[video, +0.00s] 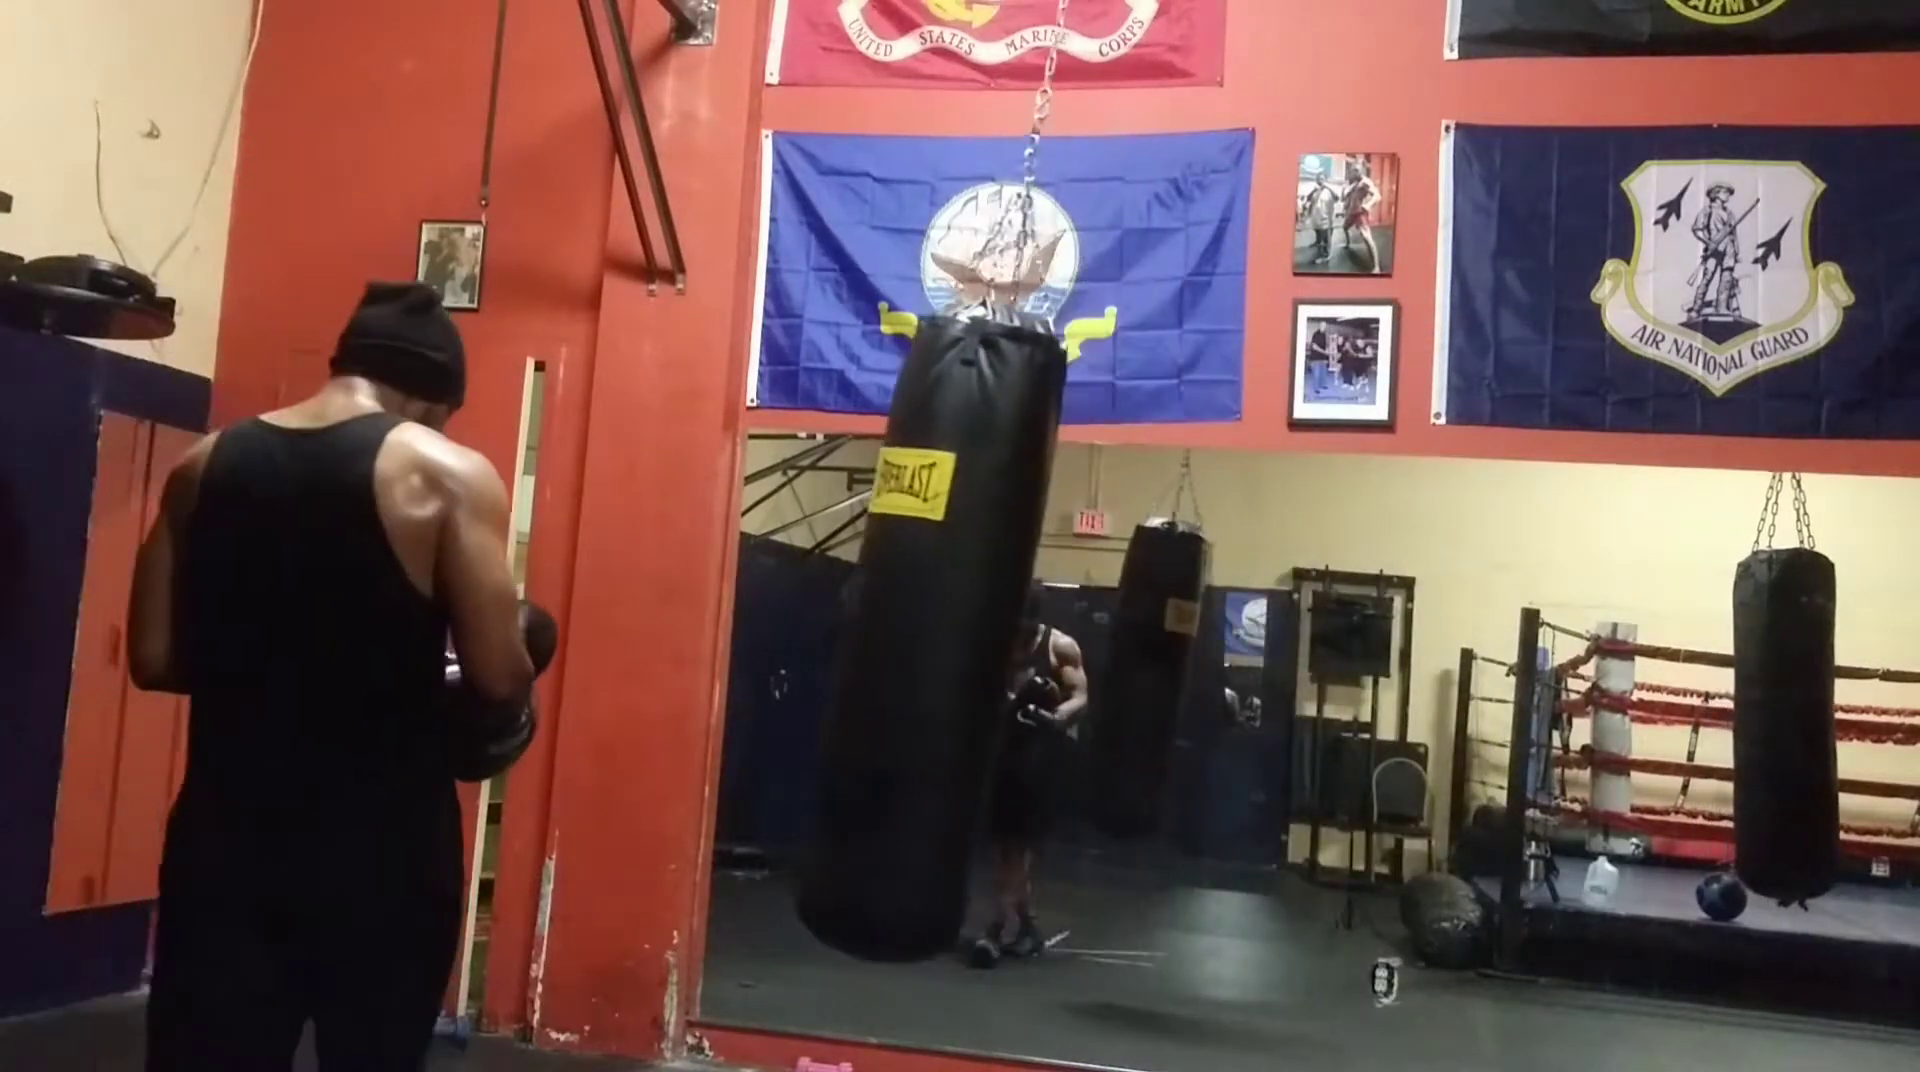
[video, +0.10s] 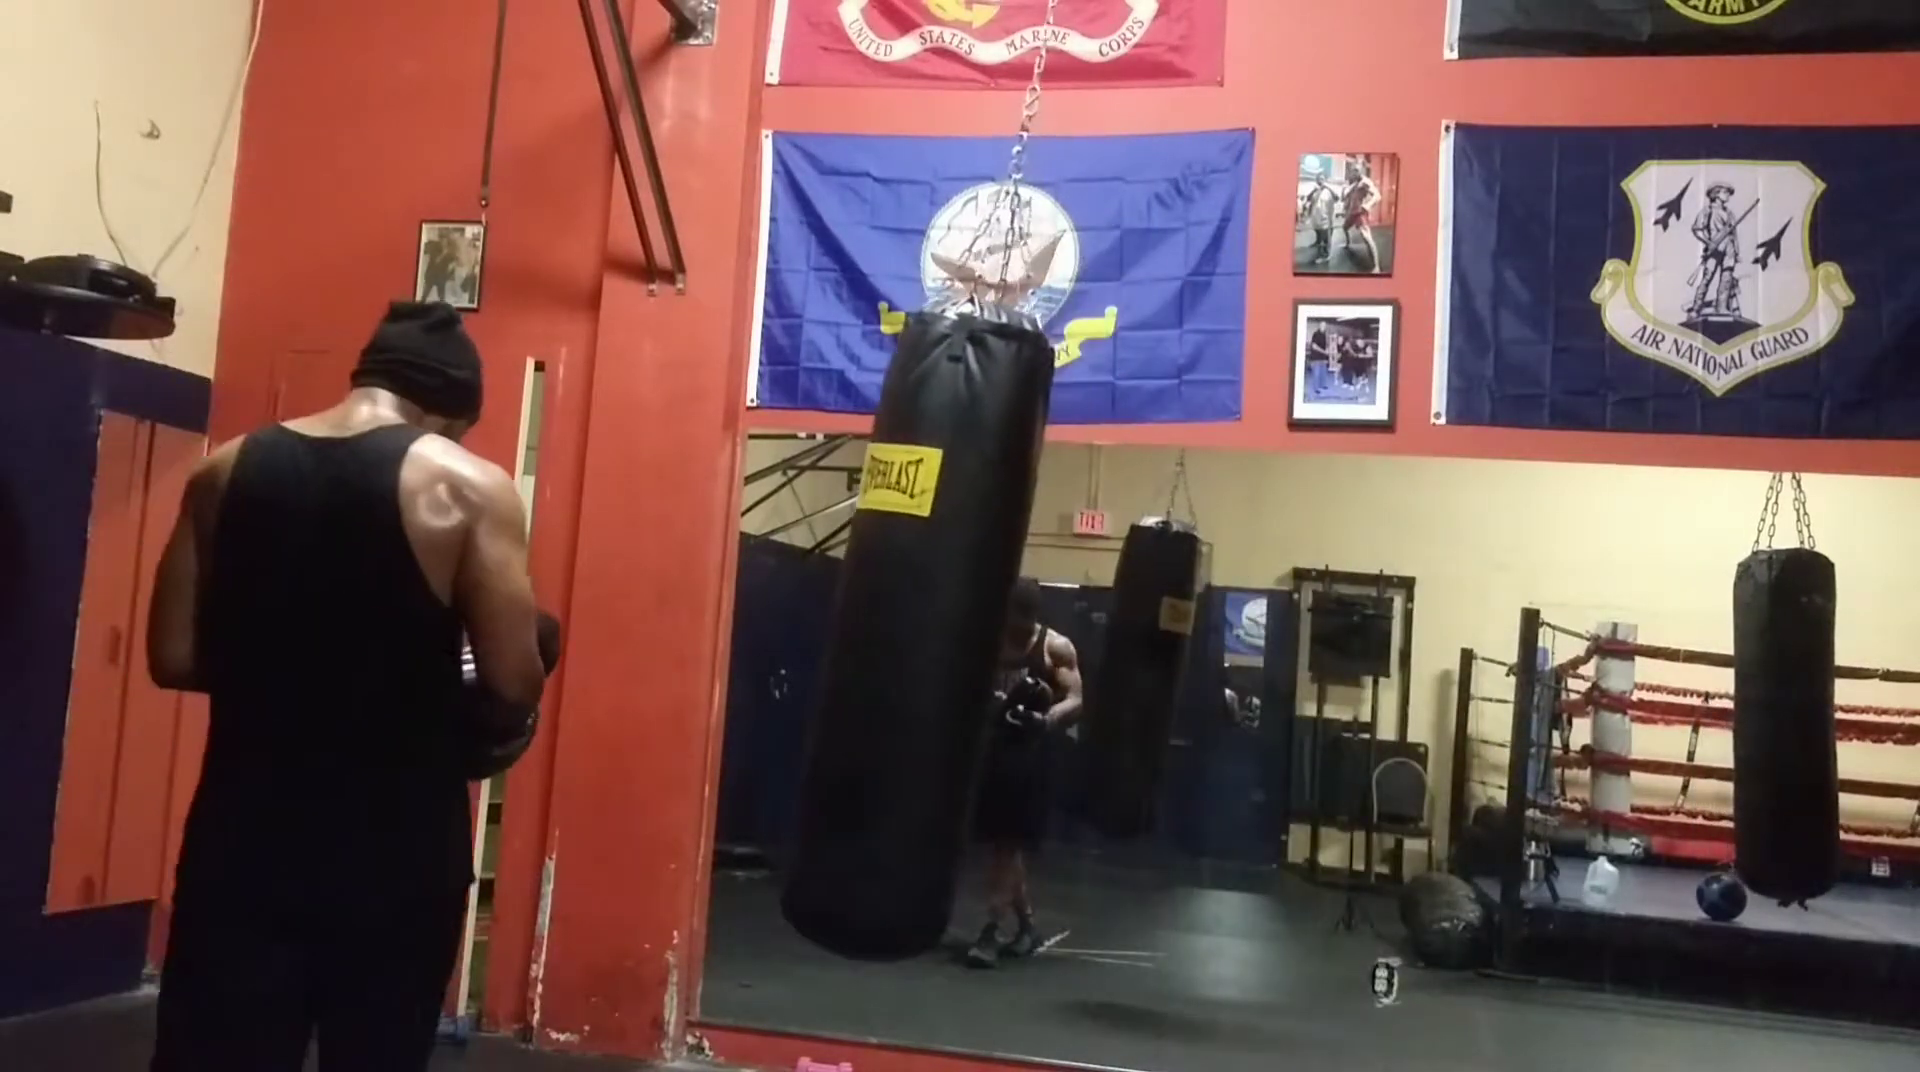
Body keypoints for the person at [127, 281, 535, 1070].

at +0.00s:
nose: (440, 427)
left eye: (441, 416)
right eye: (444, 415)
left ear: (342, 366)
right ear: (434, 400)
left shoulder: (204, 465)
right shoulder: (452, 477)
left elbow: (153, 657)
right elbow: (499, 675)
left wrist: (273, 662)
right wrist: (523, 636)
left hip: (223, 853)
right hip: (383, 866)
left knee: (207, 1055)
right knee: (373, 1054)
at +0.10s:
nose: (452, 441)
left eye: (454, 430)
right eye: (457, 430)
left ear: (361, 379)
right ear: (452, 414)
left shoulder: (225, 471)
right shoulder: (473, 490)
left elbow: (173, 656)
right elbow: (514, 679)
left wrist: (291, 665)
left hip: (239, 851)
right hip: (393, 868)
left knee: (215, 1054)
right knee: (374, 1054)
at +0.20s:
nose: (474, 439)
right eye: (475, 424)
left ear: (378, 379)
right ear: (472, 413)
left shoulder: (250, 467)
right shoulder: (493, 497)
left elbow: (189, 648)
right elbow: (526, 683)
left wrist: (301, 666)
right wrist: (461, 747)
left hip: (255, 851)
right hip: (404, 871)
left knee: (230, 1051)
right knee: (384, 1053)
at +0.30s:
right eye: (487, 414)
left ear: (389, 384)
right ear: (485, 413)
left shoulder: (271, 471)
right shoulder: (513, 504)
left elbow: (204, 647)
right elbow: (543, 684)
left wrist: (318, 662)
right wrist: (468, 732)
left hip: (271, 861)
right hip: (423, 882)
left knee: (239, 1053)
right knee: (407, 1054)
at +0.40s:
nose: (492, 430)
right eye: (493, 416)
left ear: (399, 392)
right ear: (494, 419)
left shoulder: (286, 480)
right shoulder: (525, 512)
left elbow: (220, 653)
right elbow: (557, 688)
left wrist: (330, 660)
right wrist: (473, 730)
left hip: (289, 850)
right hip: (433, 871)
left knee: (268, 1050)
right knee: (416, 1051)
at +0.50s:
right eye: (501, 415)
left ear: (407, 396)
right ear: (501, 420)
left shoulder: (301, 477)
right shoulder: (538, 513)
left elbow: (231, 646)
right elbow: (560, 686)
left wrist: (337, 650)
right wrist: (474, 723)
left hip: (300, 830)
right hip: (443, 851)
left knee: (271, 1044)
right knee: (423, 1052)